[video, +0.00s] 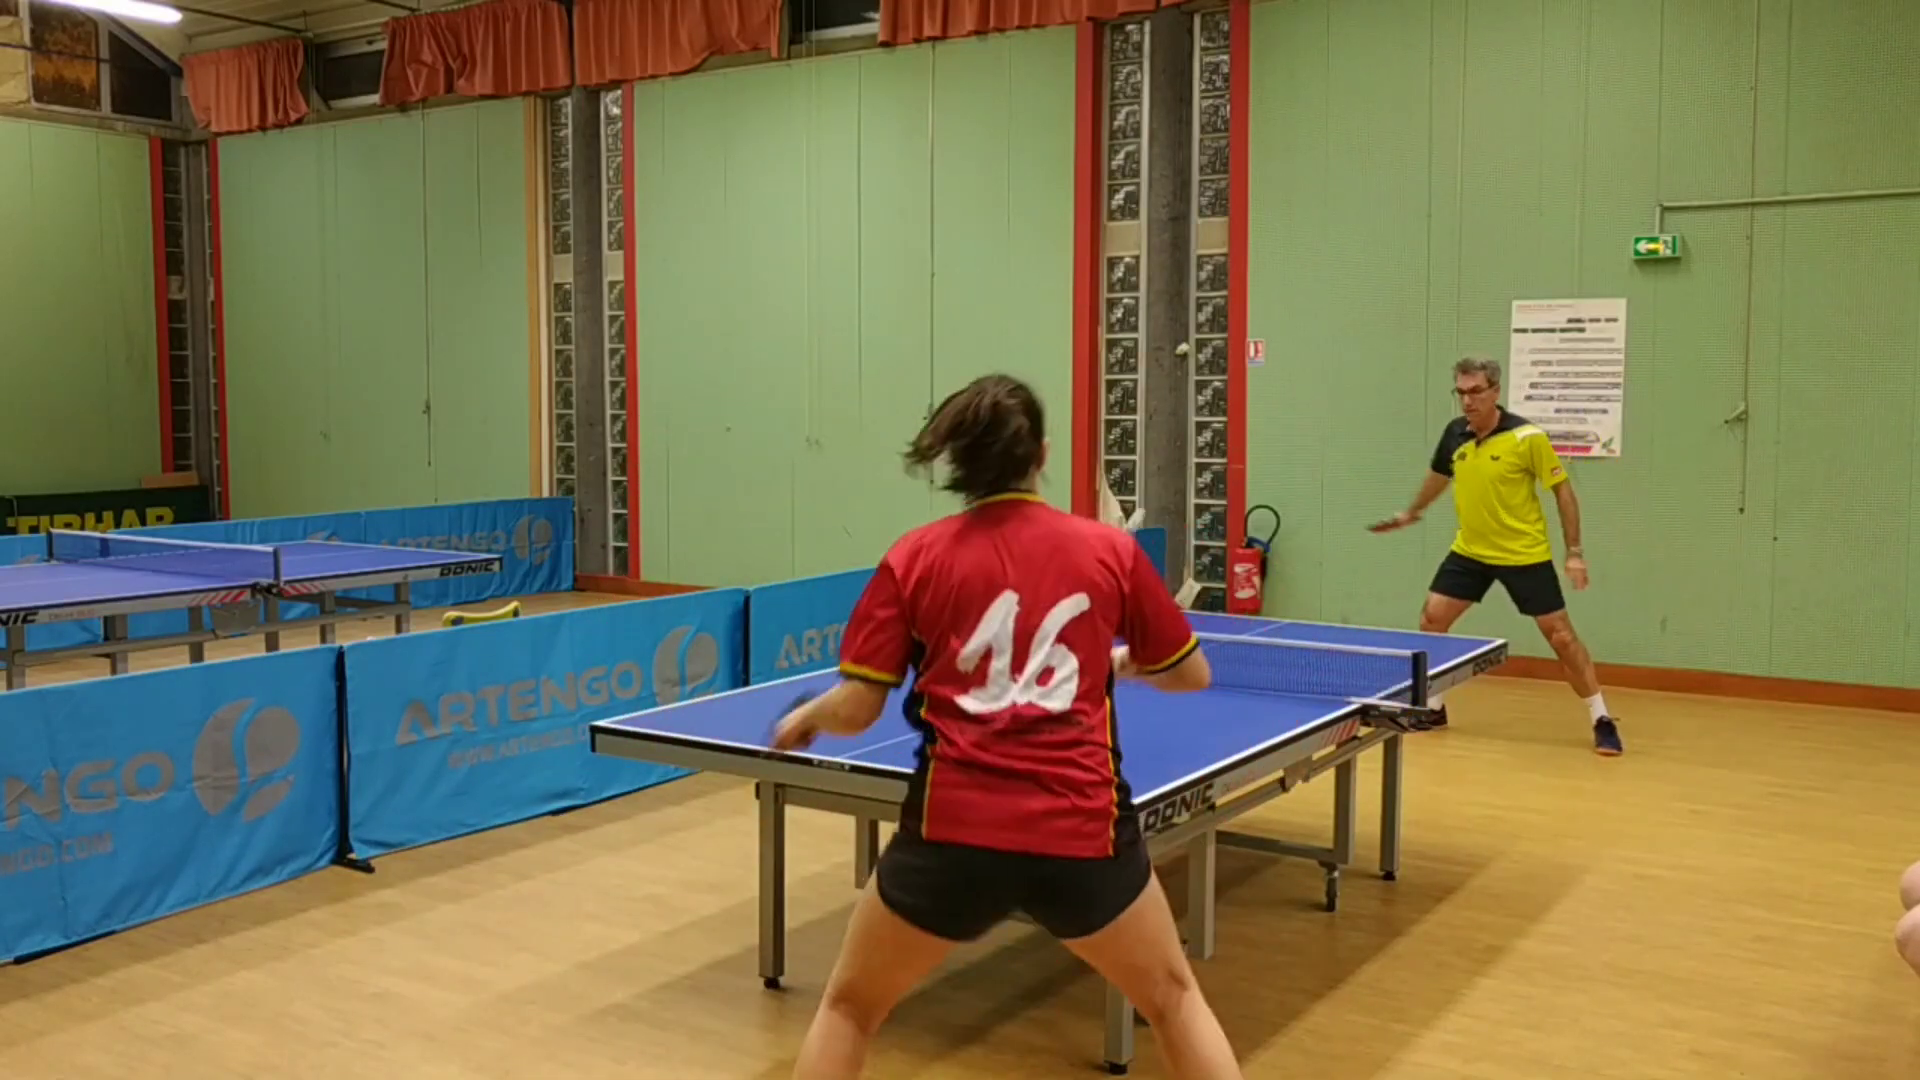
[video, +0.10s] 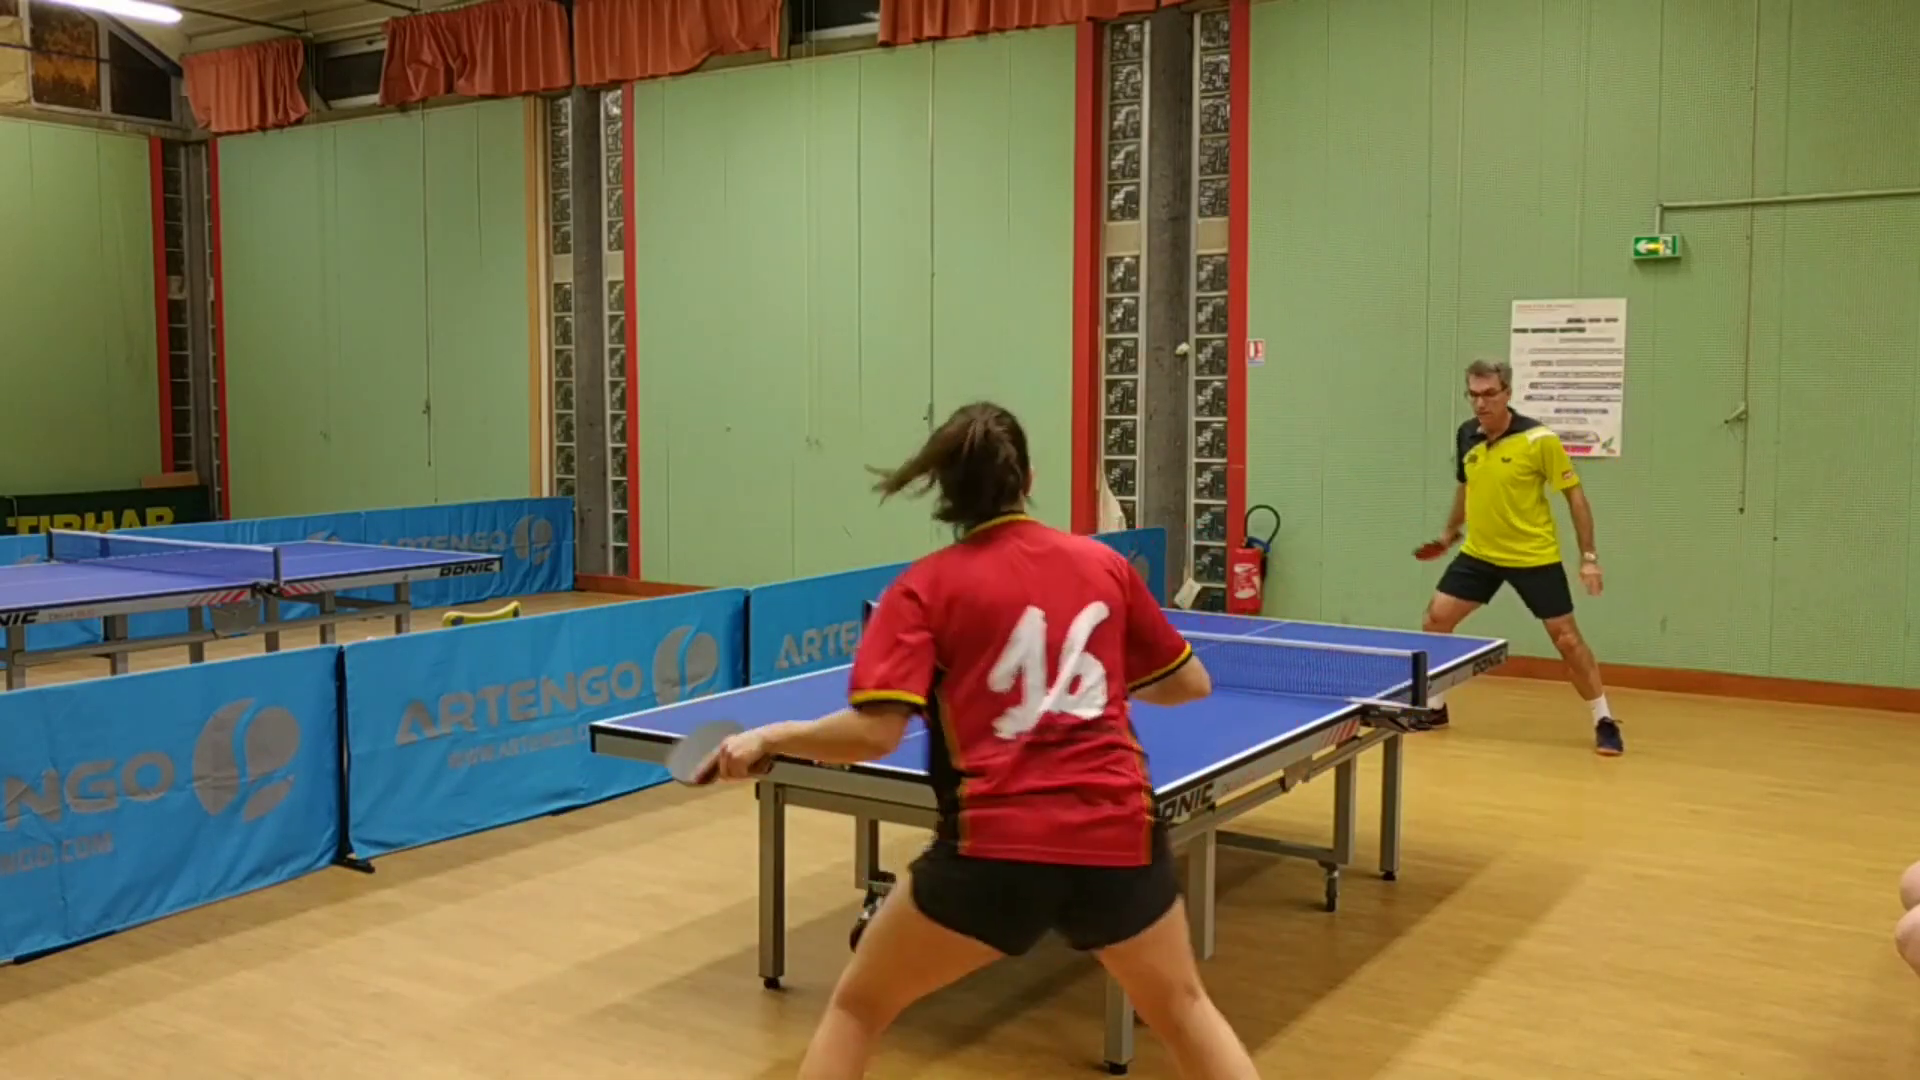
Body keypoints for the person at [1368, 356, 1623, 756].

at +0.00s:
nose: (1467, 401)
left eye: (1474, 393)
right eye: (1461, 394)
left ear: (1496, 392)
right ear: (1457, 395)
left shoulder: (1528, 437)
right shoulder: (1456, 433)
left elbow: (1563, 491)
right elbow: (1437, 477)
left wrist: (1574, 553)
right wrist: (1411, 512)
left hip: (1525, 556)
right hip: (1470, 552)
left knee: (1562, 639)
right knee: (1431, 622)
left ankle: (1601, 718)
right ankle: (1432, 706)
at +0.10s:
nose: (1480, 403)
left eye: (1488, 395)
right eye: (1474, 395)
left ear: (1507, 394)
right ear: (1469, 397)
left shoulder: (1539, 440)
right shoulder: (1467, 437)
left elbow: (1575, 495)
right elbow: (1465, 488)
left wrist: (1589, 557)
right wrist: (1449, 534)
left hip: (1534, 557)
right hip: (1481, 554)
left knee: (1566, 640)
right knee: (1436, 621)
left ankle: (1604, 720)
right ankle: (1433, 706)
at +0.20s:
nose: (1489, 404)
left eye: (1497, 396)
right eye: (1482, 396)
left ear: (1515, 394)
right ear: (1477, 396)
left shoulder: (1548, 439)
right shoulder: (1476, 436)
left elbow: (1580, 499)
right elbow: (1482, 488)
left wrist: (1590, 560)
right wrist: (1465, 539)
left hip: (1540, 556)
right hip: (1487, 550)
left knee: (1570, 640)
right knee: (1439, 612)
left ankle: (1604, 720)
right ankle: (1434, 698)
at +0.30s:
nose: (1487, 405)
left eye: (1496, 396)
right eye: (1481, 396)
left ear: (1515, 396)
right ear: (1475, 397)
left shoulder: (1546, 440)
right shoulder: (1475, 437)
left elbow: (1578, 498)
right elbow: (1478, 487)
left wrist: (1575, 559)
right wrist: (1456, 536)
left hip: (1542, 553)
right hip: (1489, 547)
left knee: (1570, 639)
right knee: (1442, 612)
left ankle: (1604, 720)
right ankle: (1423, 707)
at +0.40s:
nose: (1481, 413)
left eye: (1490, 404)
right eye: (1475, 405)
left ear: (1509, 403)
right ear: (1469, 405)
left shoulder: (1539, 446)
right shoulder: (1465, 443)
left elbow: (1569, 505)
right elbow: (1461, 491)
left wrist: (1557, 558)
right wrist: (1440, 537)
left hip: (1537, 558)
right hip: (1484, 554)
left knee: (1573, 643)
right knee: (1441, 621)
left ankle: (1604, 720)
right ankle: (1415, 711)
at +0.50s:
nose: (1484, 424)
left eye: (1492, 415)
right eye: (1477, 415)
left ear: (1510, 412)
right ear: (1470, 415)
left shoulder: (1539, 454)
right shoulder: (1459, 452)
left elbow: (1560, 518)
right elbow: (1442, 502)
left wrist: (1545, 566)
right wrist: (1441, 555)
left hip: (1532, 564)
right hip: (1475, 562)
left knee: (1580, 641)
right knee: (1432, 626)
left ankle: (1603, 718)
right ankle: (1411, 707)